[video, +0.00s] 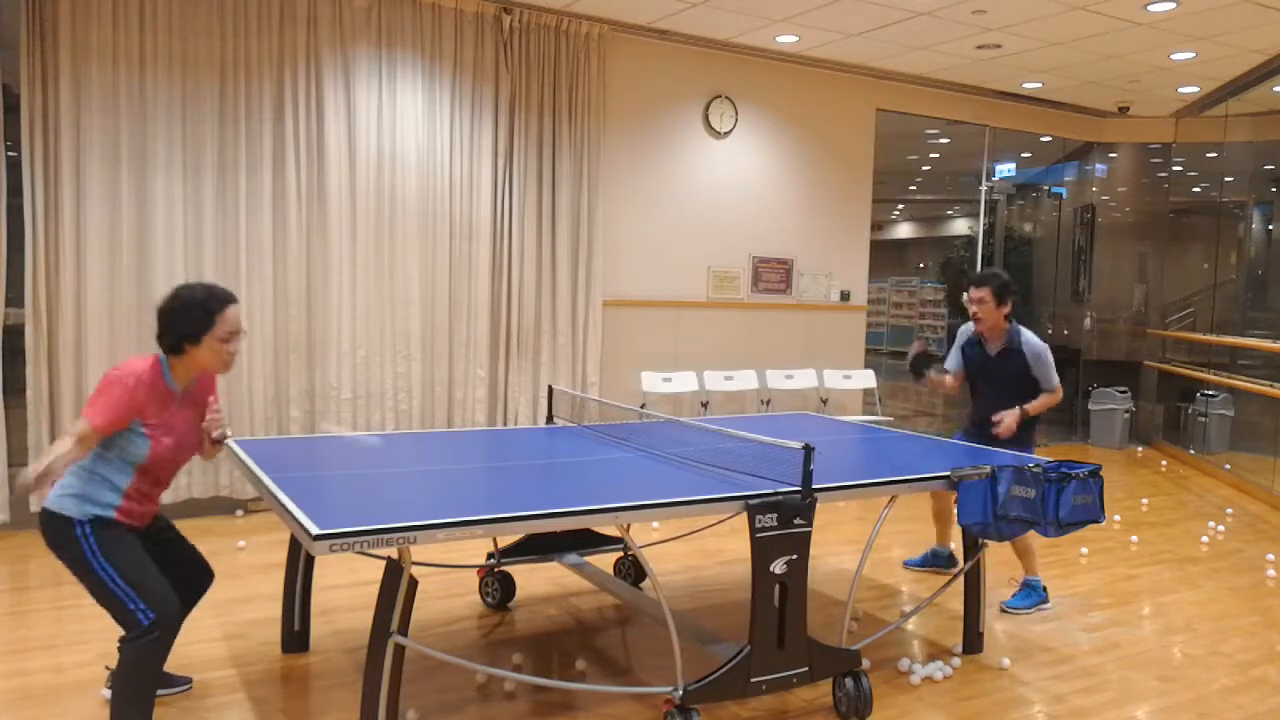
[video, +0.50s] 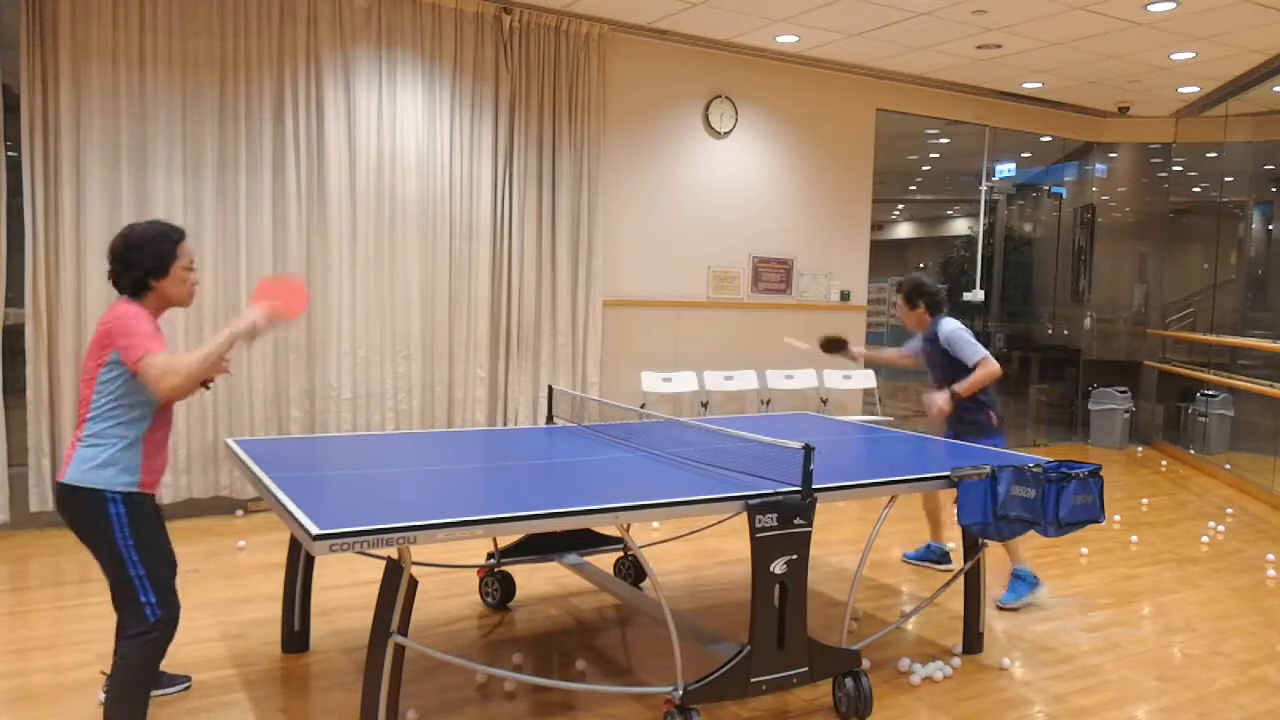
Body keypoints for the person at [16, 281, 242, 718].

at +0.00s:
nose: (236, 348)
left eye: (237, 337)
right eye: (227, 339)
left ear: (196, 343)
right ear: (190, 342)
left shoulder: (203, 382)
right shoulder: (133, 380)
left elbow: (199, 450)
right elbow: (82, 438)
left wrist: (213, 438)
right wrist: (52, 463)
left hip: (134, 514)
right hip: (81, 516)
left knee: (193, 578)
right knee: (155, 619)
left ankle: (134, 673)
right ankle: (129, 709)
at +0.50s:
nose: (195, 272)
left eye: (192, 262)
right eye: (186, 264)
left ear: (156, 276)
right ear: (155, 275)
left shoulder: (142, 322)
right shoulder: (127, 318)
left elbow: (156, 390)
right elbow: (166, 380)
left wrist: (201, 375)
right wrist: (237, 330)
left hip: (124, 485)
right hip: (102, 488)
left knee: (155, 576)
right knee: (155, 612)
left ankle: (130, 676)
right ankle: (122, 708)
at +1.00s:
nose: (211, 312)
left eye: (214, 300)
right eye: (202, 301)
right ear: (163, 300)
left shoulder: (167, 352)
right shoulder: (118, 343)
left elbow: (147, 422)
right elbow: (85, 421)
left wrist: (190, 409)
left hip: (113, 506)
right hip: (73, 508)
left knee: (127, 598)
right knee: (157, 627)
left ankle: (114, 679)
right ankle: (124, 709)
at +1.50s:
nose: (179, 276)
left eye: (177, 265)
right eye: (169, 266)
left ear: (140, 274)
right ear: (132, 271)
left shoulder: (123, 325)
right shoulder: (92, 318)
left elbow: (139, 396)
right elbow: (93, 408)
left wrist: (193, 376)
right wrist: (181, 394)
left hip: (67, 499)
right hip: (40, 498)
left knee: (72, 628)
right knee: (100, 631)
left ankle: (52, 710)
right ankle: (72, 714)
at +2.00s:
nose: (203, 375)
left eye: (206, 363)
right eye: (195, 364)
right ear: (153, 363)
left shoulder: (164, 405)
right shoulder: (84, 408)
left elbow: (165, 476)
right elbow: (16, 481)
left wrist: (191, 516)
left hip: (70, 535)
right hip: (19, 536)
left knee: (129, 605)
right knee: (96, 636)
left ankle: (62, 704)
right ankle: (63, 713)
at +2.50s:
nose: (179, 261)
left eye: (176, 250)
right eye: (169, 252)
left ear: (136, 266)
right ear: (135, 265)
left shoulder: (115, 311)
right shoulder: (107, 309)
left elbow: (168, 371)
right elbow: (172, 369)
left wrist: (229, 334)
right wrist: (235, 305)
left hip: (89, 491)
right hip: (83, 495)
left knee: (91, 605)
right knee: (127, 628)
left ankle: (53, 711)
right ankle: (96, 714)